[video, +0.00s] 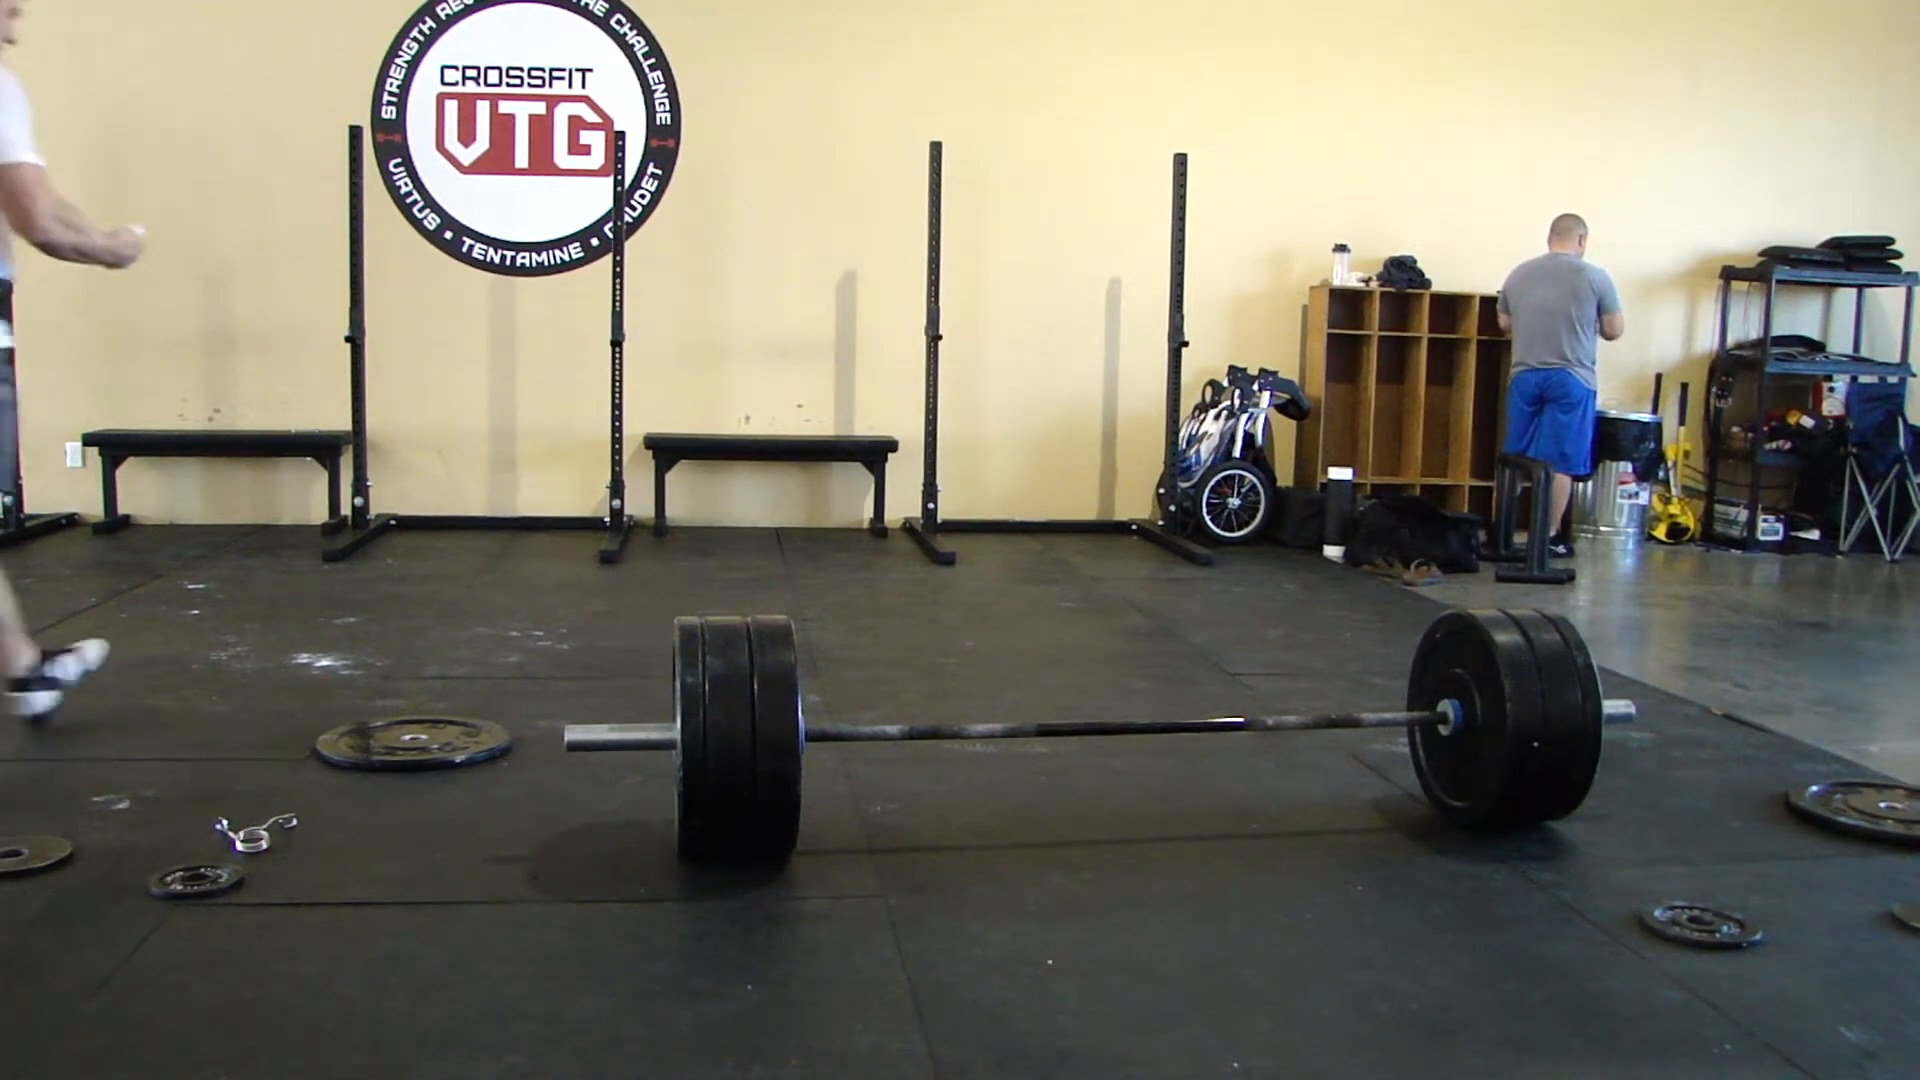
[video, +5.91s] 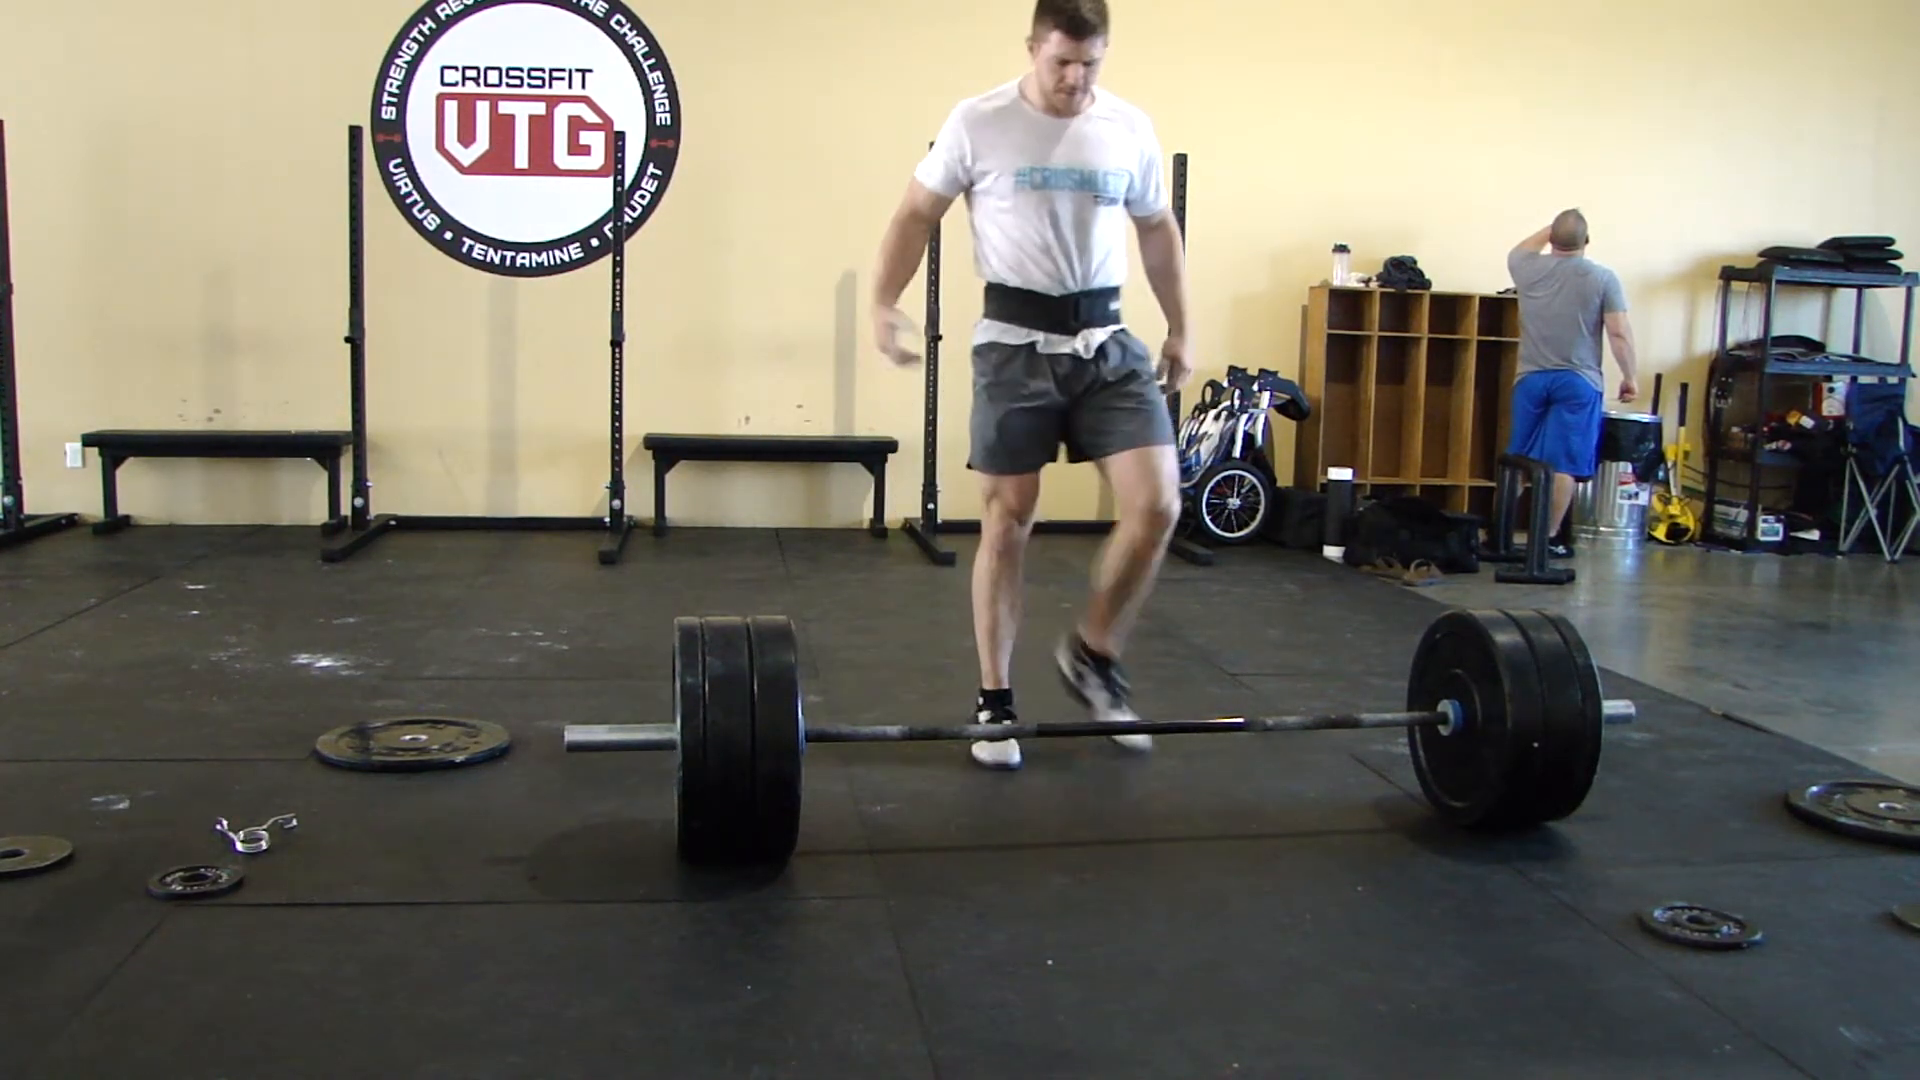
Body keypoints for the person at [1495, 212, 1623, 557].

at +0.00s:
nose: (1584, 247)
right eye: (1585, 242)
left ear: (1548, 240)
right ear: (1582, 240)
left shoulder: (1519, 273)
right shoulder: (1595, 276)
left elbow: (1504, 322)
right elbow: (1613, 330)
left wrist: (1537, 318)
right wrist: (1585, 316)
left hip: (1524, 376)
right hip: (1572, 378)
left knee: (1513, 459)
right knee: (1560, 464)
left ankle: (1501, 536)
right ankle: (1549, 537)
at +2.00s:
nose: (1571, 245)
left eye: (1550, 240)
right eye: (1577, 240)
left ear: (1544, 240)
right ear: (1580, 241)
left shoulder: (1520, 275)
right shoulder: (1597, 276)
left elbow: (1509, 324)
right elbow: (1618, 326)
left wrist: (1542, 314)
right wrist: (1582, 311)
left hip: (1527, 377)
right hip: (1575, 379)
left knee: (1516, 459)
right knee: (1562, 465)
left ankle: (1501, 534)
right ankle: (1547, 540)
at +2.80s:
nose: (1582, 247)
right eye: (1584, 242)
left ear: (1549, 239)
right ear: (1583, 241)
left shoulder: (1521, 274)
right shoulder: (1597, 276)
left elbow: (1507, 316)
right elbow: (1621, 328)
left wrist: (1536, 316)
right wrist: (1615, 344)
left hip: (1528, 378)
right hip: (1576, 380)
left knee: (1516, 460)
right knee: (1562, 466)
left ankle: (1501, 535)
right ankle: (1547, 540)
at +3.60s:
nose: (1584, 244)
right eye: (1585, 239)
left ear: (1550, 239)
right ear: (1586, 240)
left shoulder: (1524, 271)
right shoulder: (1600, 277)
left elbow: (1512, 289)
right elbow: (1616, 332)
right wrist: (1628, 376)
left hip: (1530, 379)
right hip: (1577, 382)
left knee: (1519, 461)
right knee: (1565, 465)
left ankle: (1502, 534)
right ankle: (1548, 538)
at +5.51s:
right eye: (1584, 237)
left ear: (1549, 240)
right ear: (1586, 242)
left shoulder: (1528, 271)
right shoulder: (1602, 278)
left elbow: (1518, 254)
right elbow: (1617, 332)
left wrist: (1548, 232)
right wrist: (1629, 377)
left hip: (1530, 378)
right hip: (1579, 381)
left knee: (1519, 460)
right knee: (1565, 465)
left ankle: (1502, 535)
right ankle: (1547, 539)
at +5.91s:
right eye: (1583, 236)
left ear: (1550, 241)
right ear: (1587, 242)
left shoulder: (1530, 270)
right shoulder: (1602, 278)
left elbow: (1518, 253)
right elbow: (1618, 332)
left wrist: (1549, 231)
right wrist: (1630, 376)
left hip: (1531, 377)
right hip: (1579, 380)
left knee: (1519, 460)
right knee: (1565, 465)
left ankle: (1501, 534)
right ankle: (1547, 540)